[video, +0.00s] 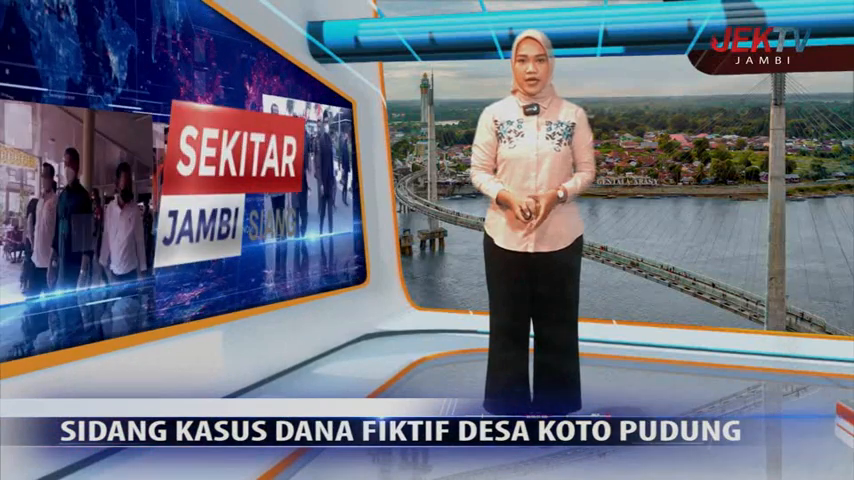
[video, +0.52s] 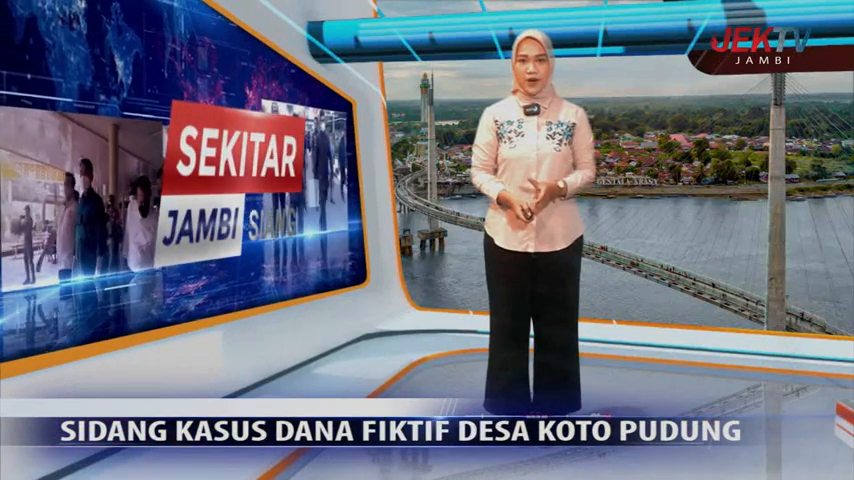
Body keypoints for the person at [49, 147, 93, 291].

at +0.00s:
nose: (66, 169)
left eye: (70, 165)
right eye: (65, 164)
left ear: (77, 167)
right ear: (63, 167)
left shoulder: (83, 196)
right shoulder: (62, 195)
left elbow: (88, 228)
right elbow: (58, 225)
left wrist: (86, 255)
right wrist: (54, 253)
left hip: (75, 252)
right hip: (61, 250)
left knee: (69, 293)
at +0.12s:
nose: (72, 167)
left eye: (75, 163)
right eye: (71, 163)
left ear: (82, 166)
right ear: (70, 166)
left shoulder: (89, 190)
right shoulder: (70, 190)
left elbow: (92, 222)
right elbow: (66, 218)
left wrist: (90, 248)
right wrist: (63, 242)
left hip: (83, 244)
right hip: (69, 243)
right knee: (68, 282)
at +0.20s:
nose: (76, 171)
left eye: (79, 167)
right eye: (75, 167)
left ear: (85, 169)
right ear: (73, 168)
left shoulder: (91, 193)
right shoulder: (74, 192)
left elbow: (95, 225)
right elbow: (71, 221)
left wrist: (91, 250)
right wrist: (68, 248)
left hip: (86, 249)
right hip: (73, 248)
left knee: (85, 288)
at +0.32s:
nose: (79, 178)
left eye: (82, 175)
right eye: (78, 174)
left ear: (88, 176)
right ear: (76, 176)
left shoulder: (92, 199)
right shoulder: (77, 199)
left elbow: (96, 229)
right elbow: (74, 226)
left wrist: (93, 255)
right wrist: (72, 253)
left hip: (90, 251)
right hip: (77, 251)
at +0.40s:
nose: (80, 180)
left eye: (84, 176)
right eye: (79, 176)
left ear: (90, 178)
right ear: (77, 178)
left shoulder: (94, 200)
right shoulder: (78, 201)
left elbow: (98, 229)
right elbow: (76, 226)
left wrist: (95, 256)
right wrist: (73, 254)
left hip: (92, 252)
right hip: (79, 251)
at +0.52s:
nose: (83, 181)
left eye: (86, 177)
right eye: (82, 177)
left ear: (91, 179)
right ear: (80, 178)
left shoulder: (96, 200)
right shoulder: (82, 199)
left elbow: (100, 226)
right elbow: (79, 224)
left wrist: (100, 251)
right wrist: (75, 251)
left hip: (90, 247)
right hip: (80, 246)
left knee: (88, 280)